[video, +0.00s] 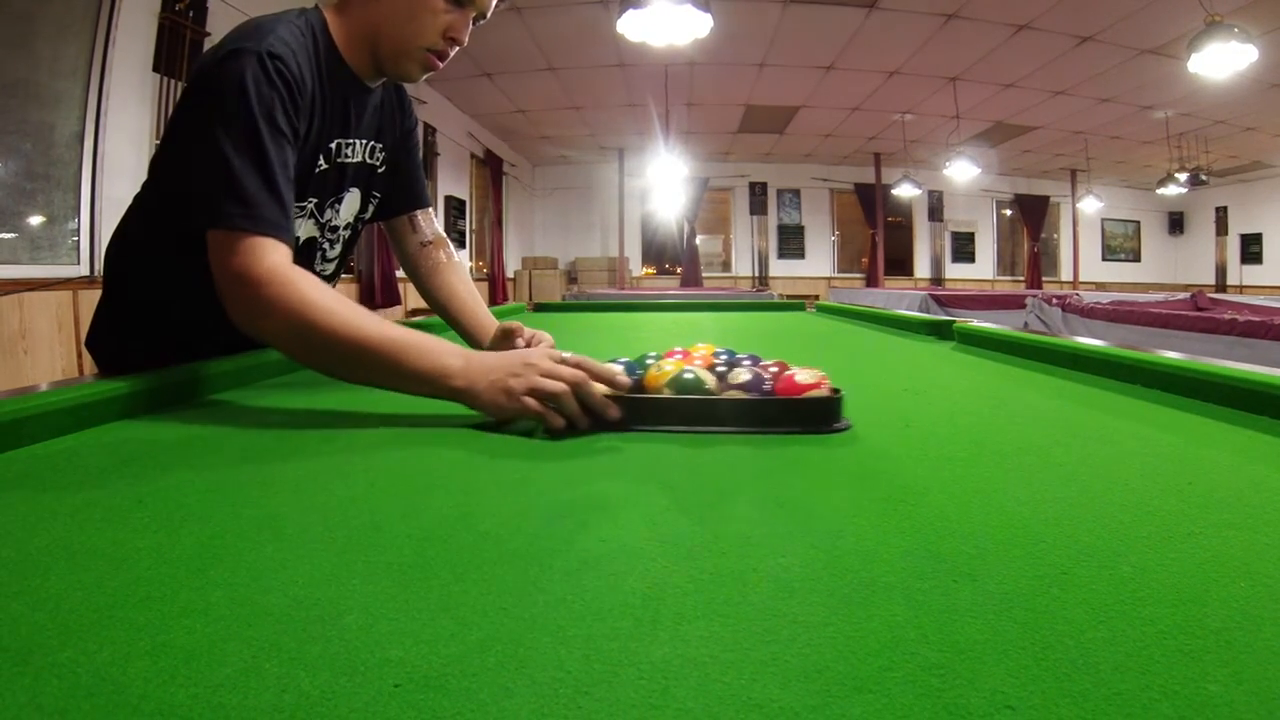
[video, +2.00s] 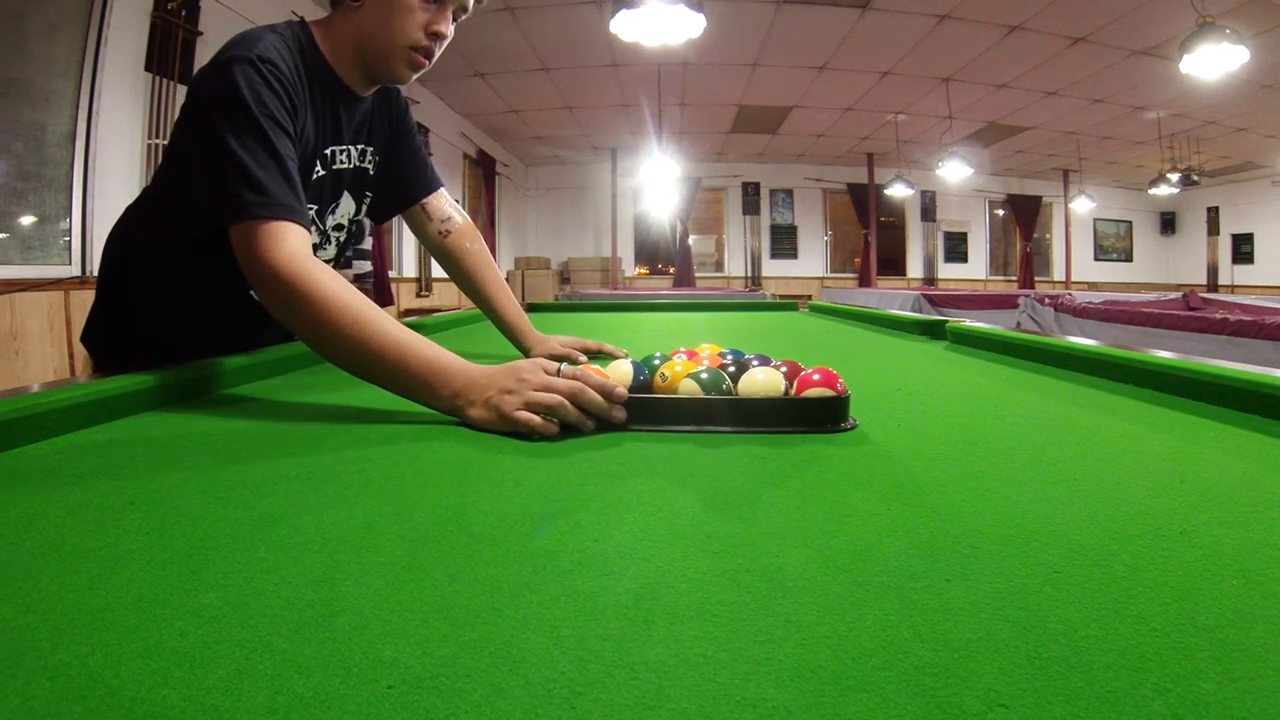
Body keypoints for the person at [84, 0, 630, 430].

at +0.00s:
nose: (463, 37)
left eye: (475, 22)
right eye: (457, 6)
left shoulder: (390, 101)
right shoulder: (262, 62)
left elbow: (424, 241)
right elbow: (256, 282)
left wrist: (490, 333)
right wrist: (472, 374)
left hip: (269, 357)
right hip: (159, 363)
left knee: (247, 556)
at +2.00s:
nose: (444, 29)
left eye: (454, 13)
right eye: (431, 1)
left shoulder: (385, 101)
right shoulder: (256, 69)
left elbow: (444, 225)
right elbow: (278, 266)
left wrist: (527, 334)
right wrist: (468, 384)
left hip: (271, 342)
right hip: (158, 347)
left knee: (252, 531)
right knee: (147, 541)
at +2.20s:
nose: (443, 30)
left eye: (454, 15)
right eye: (430, 3)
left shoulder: (384, 101)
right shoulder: (256, 70)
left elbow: (444, 225)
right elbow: (279, 266)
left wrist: (528, 335)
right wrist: (469, 384)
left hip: (268, 341)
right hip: (157, 345)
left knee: (249, 531)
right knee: (144, 541)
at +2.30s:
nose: (443, 31)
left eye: (453, 15)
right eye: (429, 4)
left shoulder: (384, 102)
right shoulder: (255, 71)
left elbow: (444, 225)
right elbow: (279, 268)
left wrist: (529, 337)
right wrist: (468, 384)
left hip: (265, 337)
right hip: (155, 343)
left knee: (247, 528)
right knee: (143, 538)